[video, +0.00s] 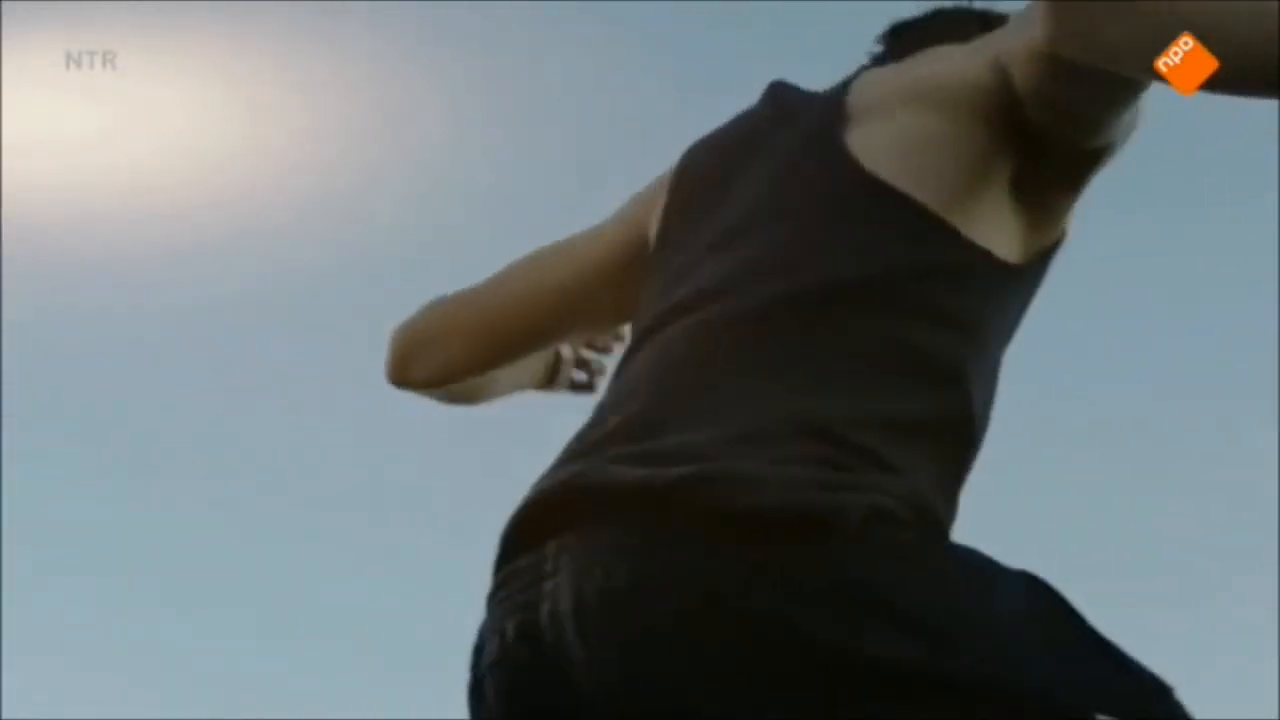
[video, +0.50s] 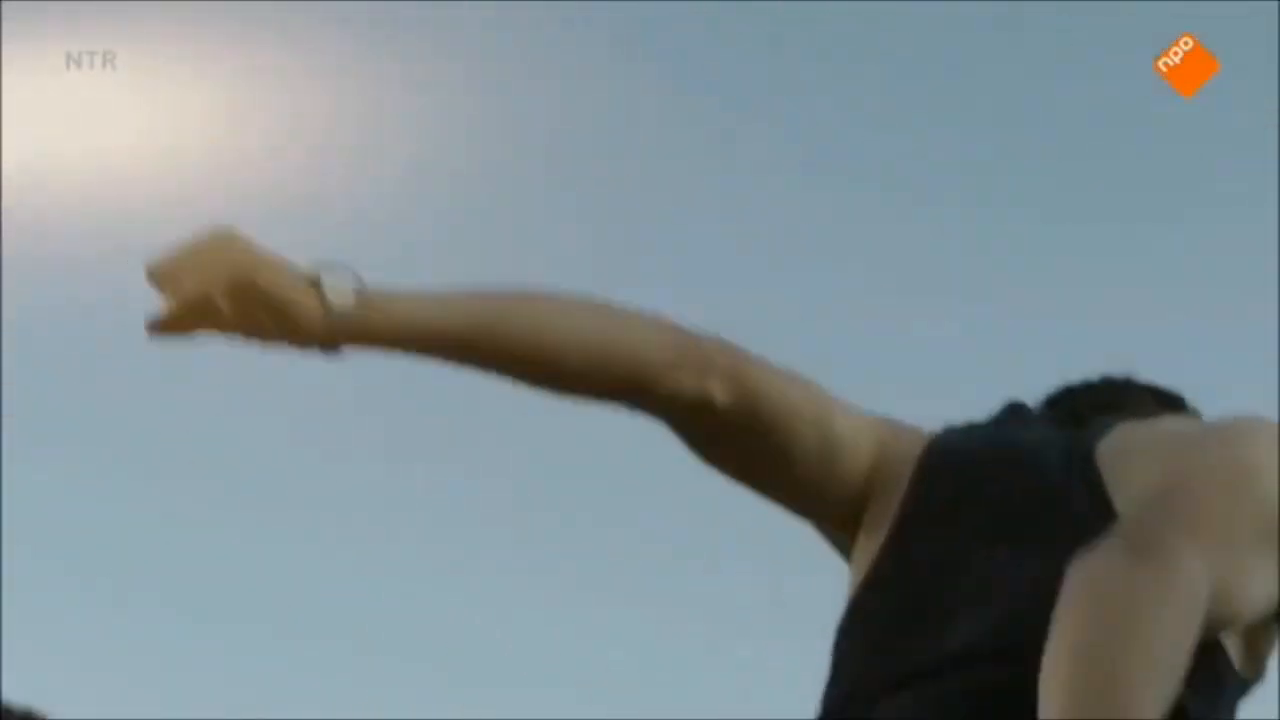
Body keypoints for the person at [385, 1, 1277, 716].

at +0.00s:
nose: (1103, 135)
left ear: (886, 51)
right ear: (1014, 48)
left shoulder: (701, 178)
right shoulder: (1008, 95)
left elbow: (419, 355)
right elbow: (1086, 38)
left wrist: (545, 352)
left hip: (536, 618)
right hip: (784, 575)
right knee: (1138, 711)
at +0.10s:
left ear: (920, 114)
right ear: (1033, 118)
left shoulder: (736, 197)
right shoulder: (1063, 165)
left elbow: (426, 275)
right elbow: (1106, 61)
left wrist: (515, 229)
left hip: (611, 644)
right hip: (873, 616)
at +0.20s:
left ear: (947, 155)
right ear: (1084, 163)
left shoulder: (775, 219)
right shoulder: (1106, 226)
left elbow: (472, 221)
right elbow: (1103, 129)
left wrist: (455, 180)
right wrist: (1276, 120)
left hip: (660, 656)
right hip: (920, 639)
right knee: (1155, 698)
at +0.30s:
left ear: (988, 230)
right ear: (1083, 234)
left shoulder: (827, 275)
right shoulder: (1118, 255)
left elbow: (569, 175)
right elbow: (1189, 276)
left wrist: (340, 158)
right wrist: (1228, 306)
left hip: (744, 674)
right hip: (972, 675)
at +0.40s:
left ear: (986, 297)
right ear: (1155, 306)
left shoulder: (866, 339)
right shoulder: (1223, 344)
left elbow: (621, 219)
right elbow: (1177, 355)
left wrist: (290, 176)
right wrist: (1110, 382)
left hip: (825, 673)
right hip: (1053, 687)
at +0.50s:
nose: (1262, 639)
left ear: (1069, 433)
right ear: (1187, 423)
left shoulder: (912, 473)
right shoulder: (1246, 461)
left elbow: (698, 375)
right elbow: (1141, 570)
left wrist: (345, 311)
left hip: (884, 693)